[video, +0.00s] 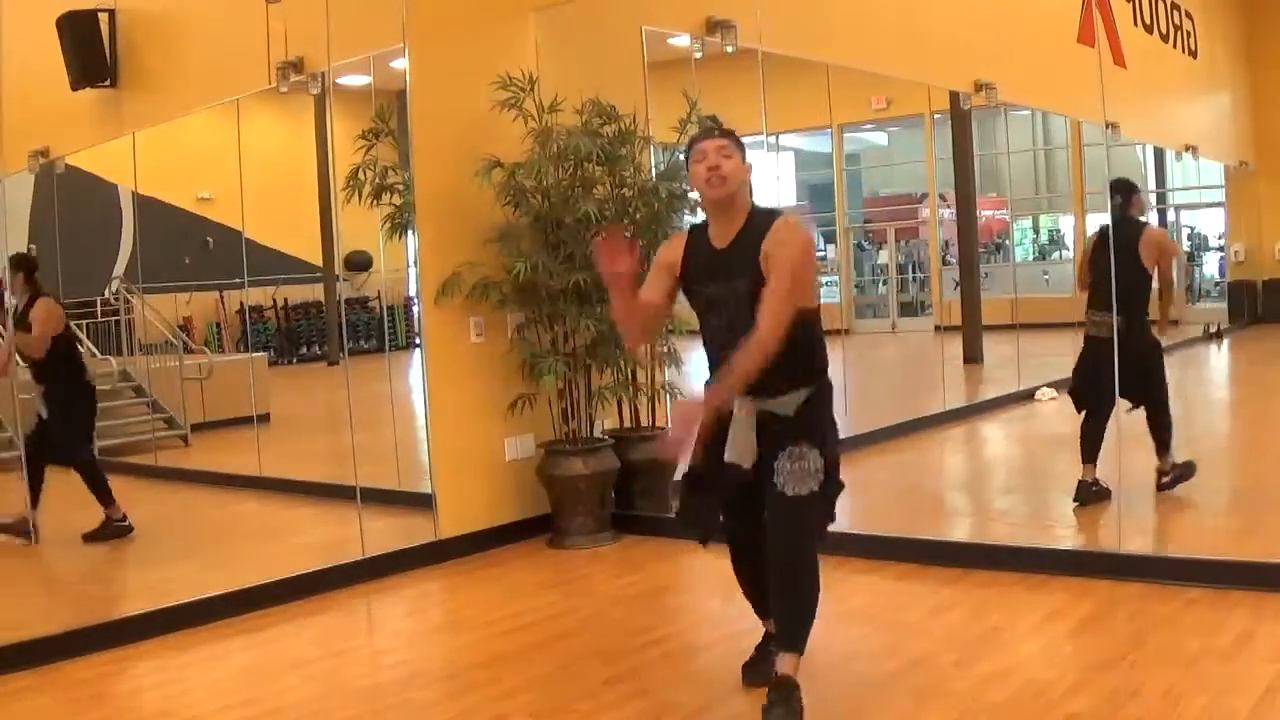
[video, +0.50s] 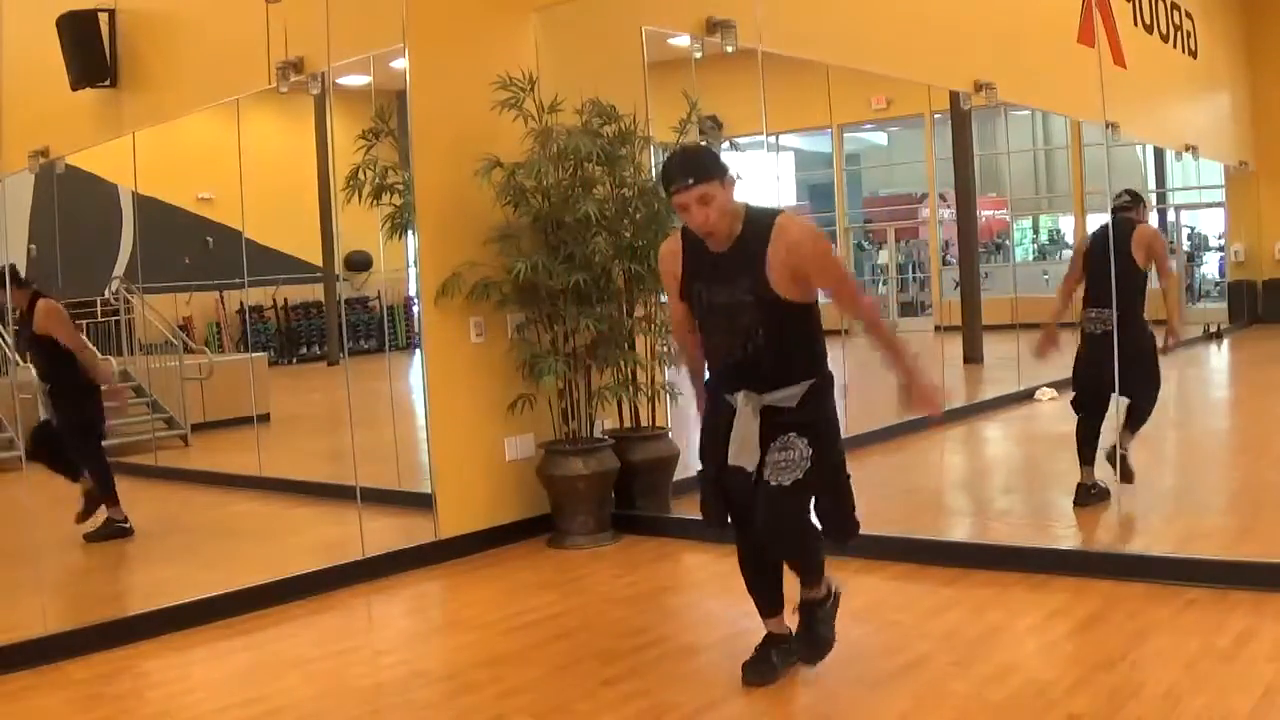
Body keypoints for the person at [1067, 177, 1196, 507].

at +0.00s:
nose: (1145, 200)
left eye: (1141, 195)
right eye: (1141, 195)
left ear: (1114, 203)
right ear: (1133, 200)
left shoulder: (1098, 238)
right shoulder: (1154, 236)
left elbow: (1083, 283)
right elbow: (1165, 285)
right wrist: (1163, 324)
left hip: (1097, 342)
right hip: (1135, 340)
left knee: (1097, 408)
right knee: (1156, 402)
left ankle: (1087, 480)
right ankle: (1165, 469)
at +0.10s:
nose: (1137, 199)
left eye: (1133, 195)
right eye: (1135, 195)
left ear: (1105, 200)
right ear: (1129, 198)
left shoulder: (1089, 233)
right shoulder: (1149, 232)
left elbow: (1084, 276)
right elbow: (1153, 266)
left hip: (1093, 335)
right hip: (1131, 334)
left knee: (1090, 407)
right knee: (1138, 399)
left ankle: (1086, 481)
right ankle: (1128, 473)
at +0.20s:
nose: (1134, 201)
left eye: (1131, 196)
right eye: (1132, 196)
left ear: (1103, 200)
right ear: (1126, 199)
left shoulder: (1086, 233)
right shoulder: (1143, 232)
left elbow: (1085, 270)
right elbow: (1158, 249)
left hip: (1090, 335)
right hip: (1126, 333)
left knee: (1088, 405)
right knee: (1127, 395)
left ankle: (1085, 482)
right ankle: (1106, 458)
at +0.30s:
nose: (1134, 202)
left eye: (1131, 197)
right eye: (1132, 197)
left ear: (1103, 199)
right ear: (1125, 197)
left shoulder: (1085, 231)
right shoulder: (1144, 232)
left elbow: (1083, 267)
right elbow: (1144, 269)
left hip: (1089, 331)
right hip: (1124, 329)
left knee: (1088, 402)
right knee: (1127, 382)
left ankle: (1088, 483)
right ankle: (1102, 438)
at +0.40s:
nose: (1137, 210)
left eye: (1134, 205)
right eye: (1136, 205)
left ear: (1107, 205)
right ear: (1132, 204)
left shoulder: (1087, 232)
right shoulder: (1147, 234)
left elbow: (1079, 280)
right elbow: (1153, 287)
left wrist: (1082, 322)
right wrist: (1151, 328)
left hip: (1090, 334)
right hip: (1126, 332)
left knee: (1089, 406)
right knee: (1131, 393)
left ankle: (1086, 481)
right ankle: (1108, 432)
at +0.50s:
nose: (1146, 218)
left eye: (1145, 214)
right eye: (1146, 213)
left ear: (1114, 211)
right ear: (1140, 211)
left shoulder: (1089, 241)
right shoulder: (1147, 234)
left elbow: (1068, 285)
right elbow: (1167, 279)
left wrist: (1051, 324)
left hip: (1092, 337)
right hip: (1131, 334)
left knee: (1090, 407)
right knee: (1146, 390)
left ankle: (1087, 482)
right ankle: (1122, 444)